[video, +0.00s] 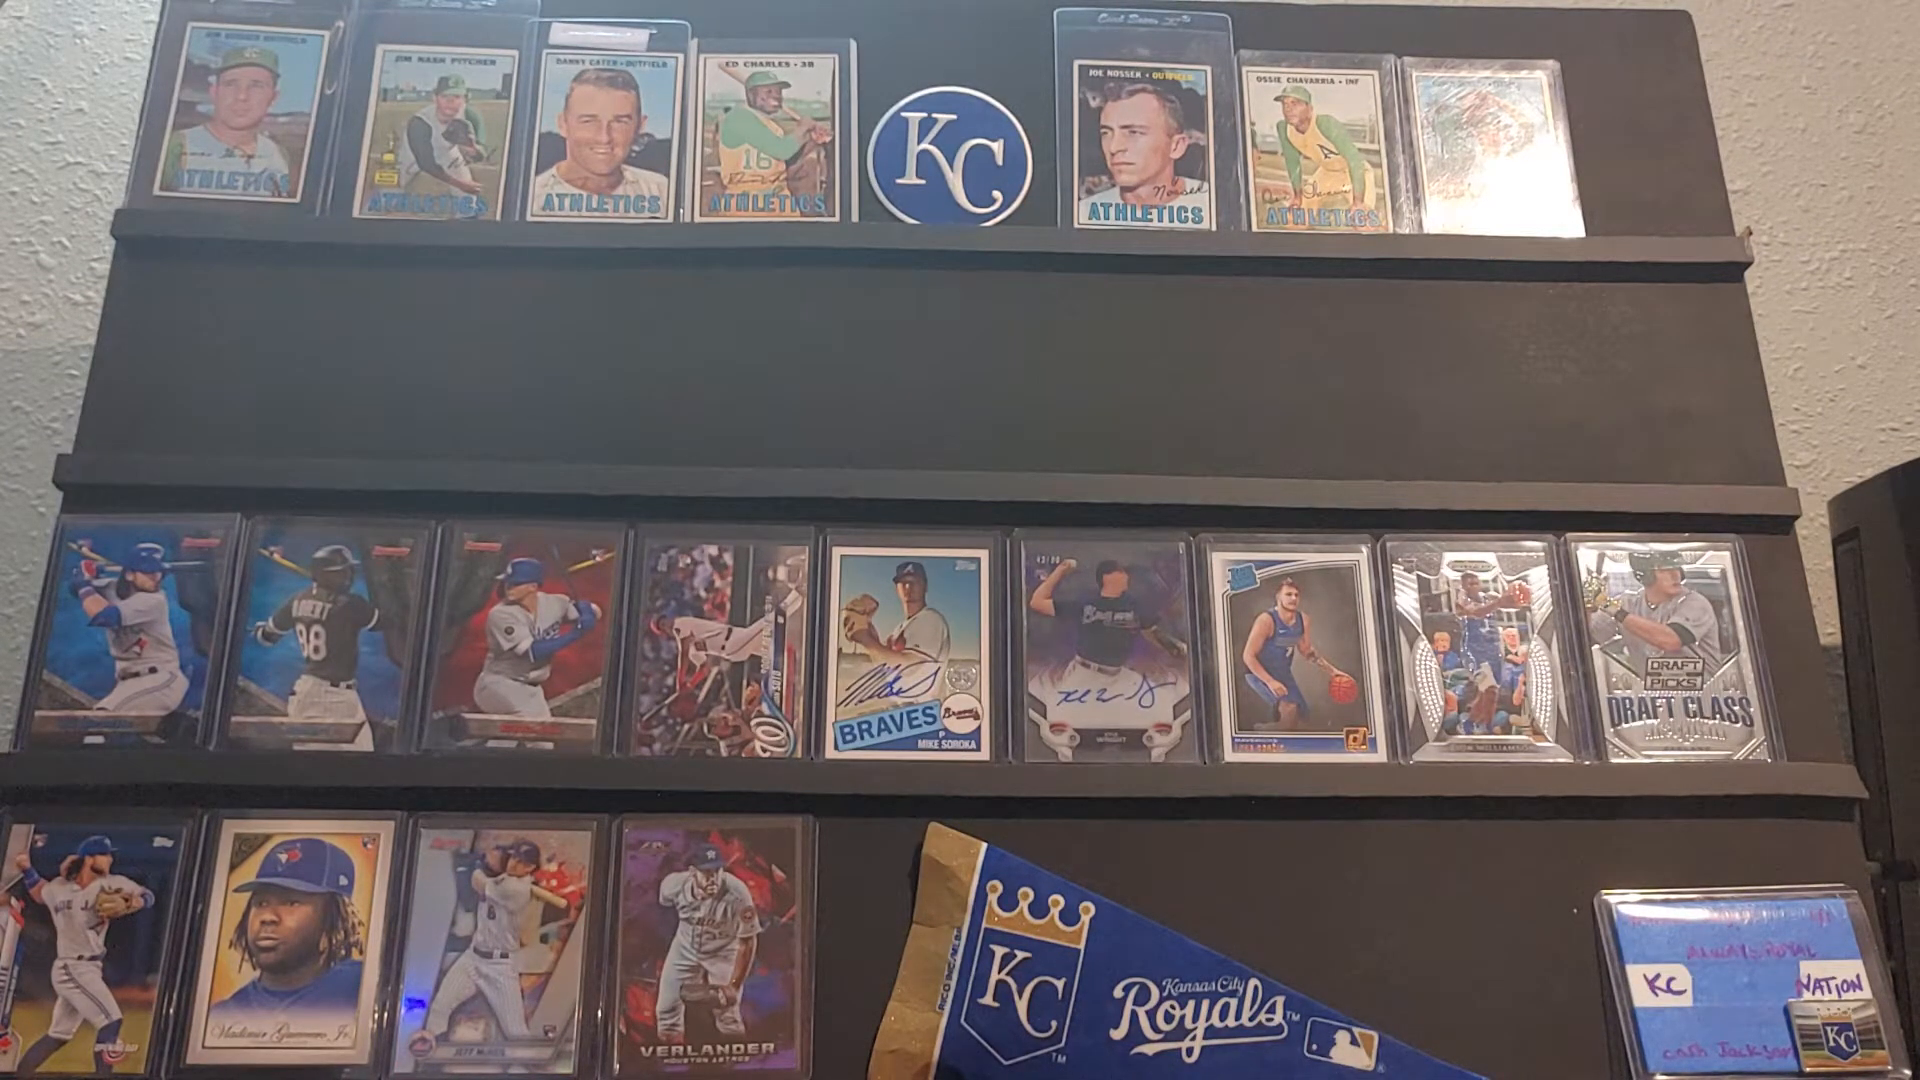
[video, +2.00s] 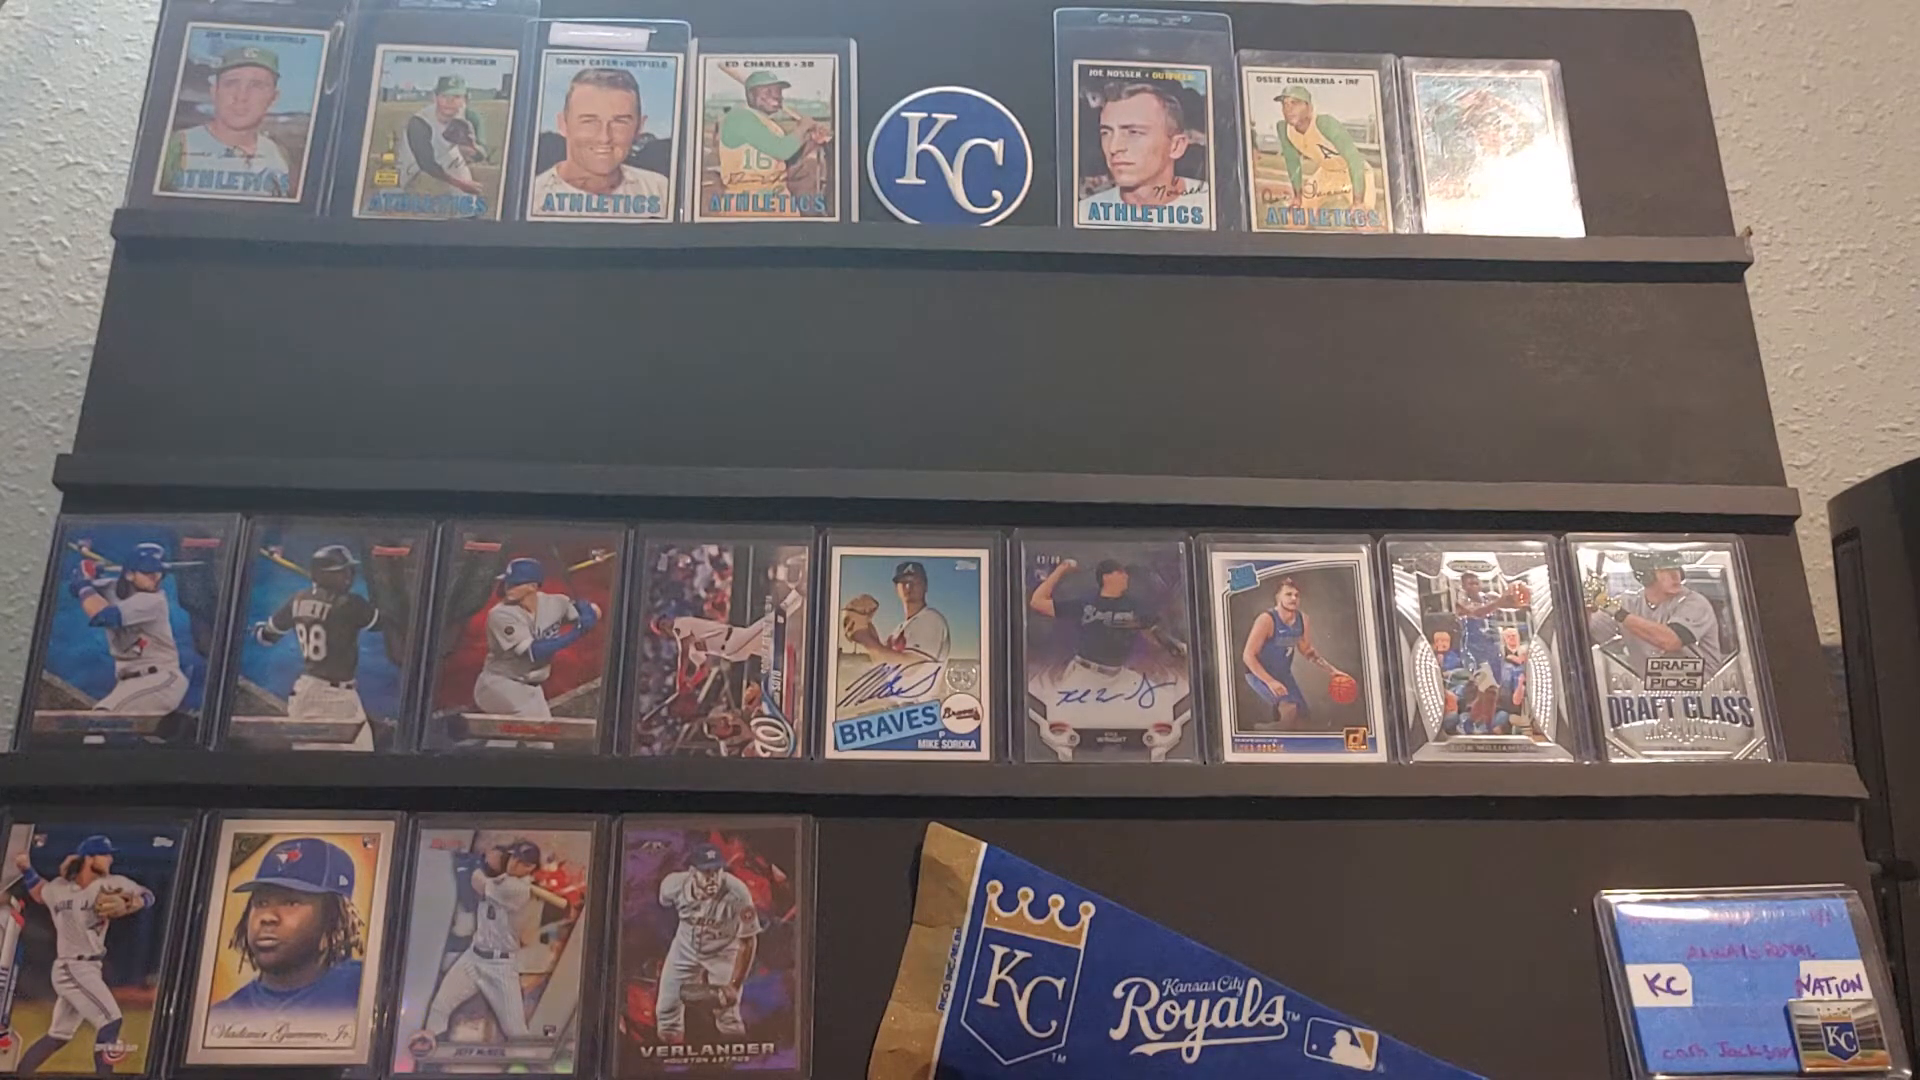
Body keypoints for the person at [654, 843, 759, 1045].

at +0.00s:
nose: (711, 878)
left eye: (715, 871)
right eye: (705, 872)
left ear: (721, 869)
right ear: (692, 871)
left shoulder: (738, 893)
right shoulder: (673, 885)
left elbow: (748, 942)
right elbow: (667, 910)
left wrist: (735, 985)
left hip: (724, 953)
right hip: (684, 947)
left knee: (727, 1014)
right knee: (666, 1008)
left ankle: (740, 1068)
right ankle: (673, 1069)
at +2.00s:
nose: (711, 878)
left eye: (716, 872)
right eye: (705, 872)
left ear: (722, 870)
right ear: (692, 871)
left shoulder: (738, 893)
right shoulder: (673, 885)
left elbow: (748, 941)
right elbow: (666, 908)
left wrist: (735, 985)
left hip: (724, 953)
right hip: (684, 947)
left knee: (727, 1014)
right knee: (666, 1009)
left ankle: (740, 1069)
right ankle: (674, 1069)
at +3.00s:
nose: (712, 879)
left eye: (716, 872)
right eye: (705, 872)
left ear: (722, 870)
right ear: (692, 871)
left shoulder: (738, 894)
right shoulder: (672, 886)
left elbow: (749, 942)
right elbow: (667, 909)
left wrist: (735, 985)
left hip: (724, 954)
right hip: (684, 948)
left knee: (727, 1015)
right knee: (666, 1009)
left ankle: (740, 1068)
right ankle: (673, 1069)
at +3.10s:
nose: (712, 878)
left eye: (716, 871)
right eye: (705, 872)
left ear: (722, 869)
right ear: (693, 870)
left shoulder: (738, 893)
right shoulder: (673, 886)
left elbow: (749, 941)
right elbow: (666, 909)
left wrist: (735, 985)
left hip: (724, 953)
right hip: (684, 948)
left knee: (727, 1015)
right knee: (666, 1009)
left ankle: (740, 1068)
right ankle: (673, 1071)